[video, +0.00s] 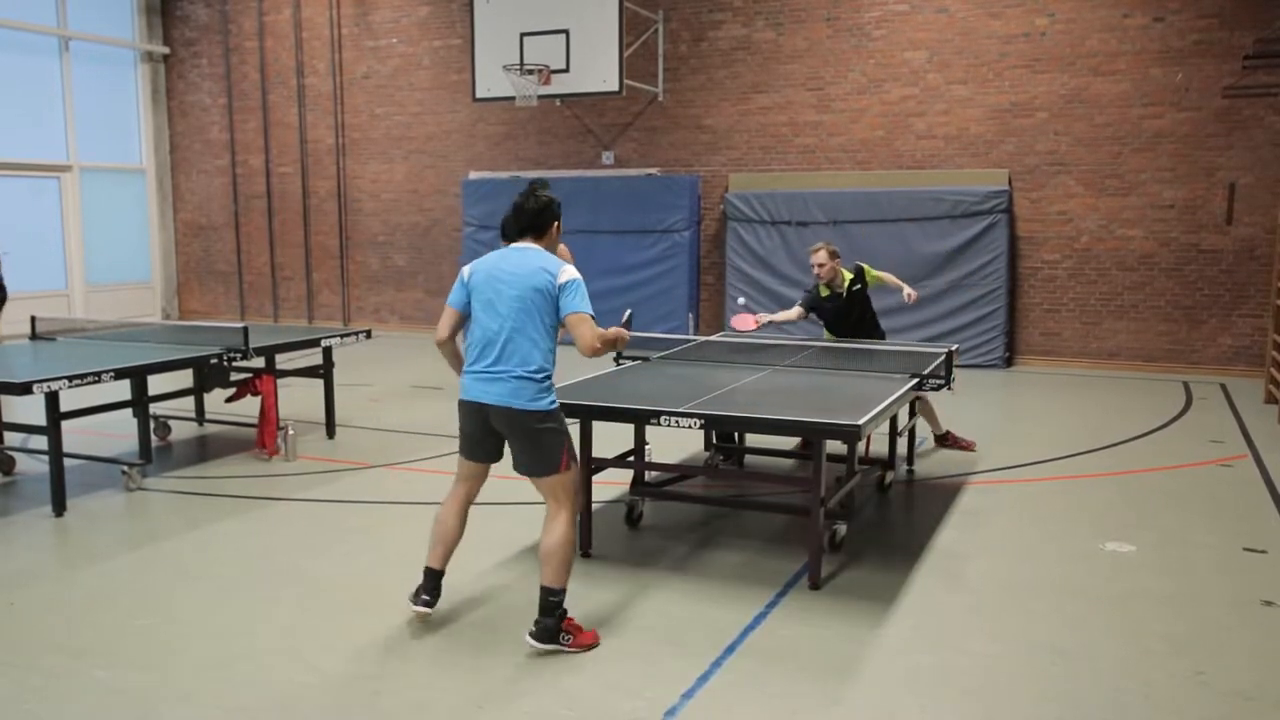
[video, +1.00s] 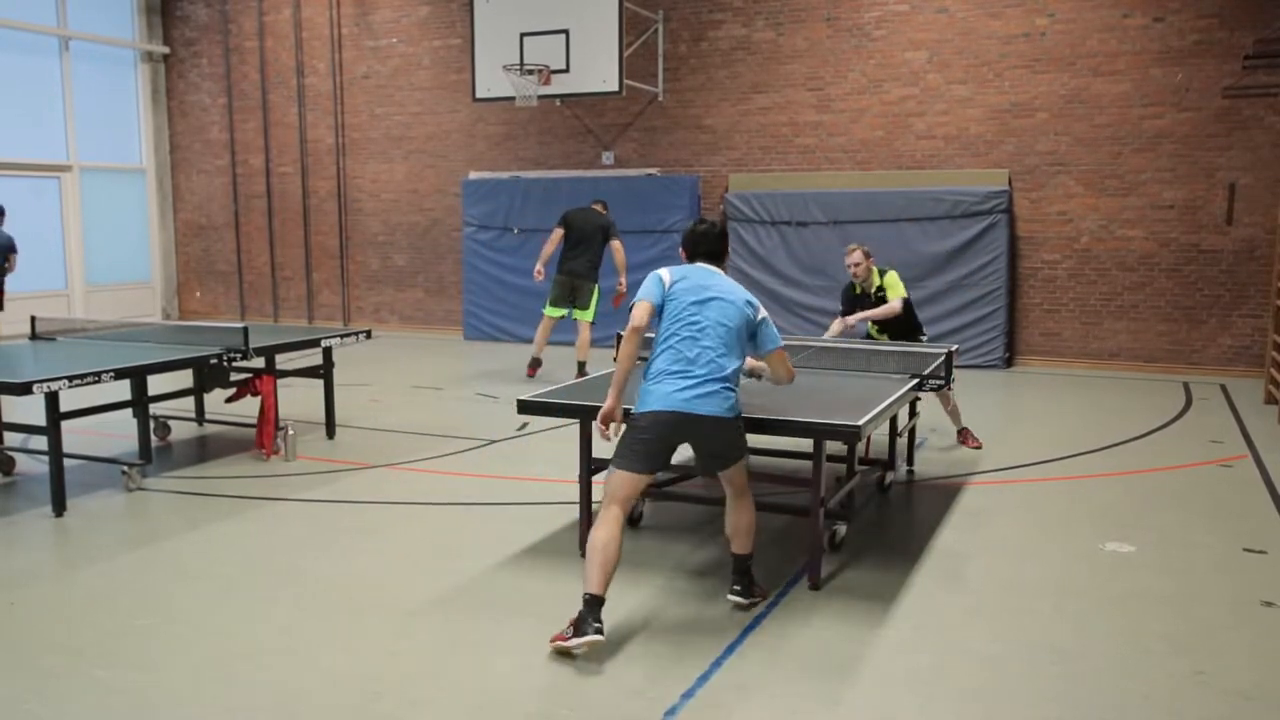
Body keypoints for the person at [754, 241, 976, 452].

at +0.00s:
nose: (816, 272)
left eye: (820, 266)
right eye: (813, 267)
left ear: (836, 263)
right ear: (813, 270)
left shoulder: (857, 273)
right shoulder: (816, 294)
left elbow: (882, 278)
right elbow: (796, 313)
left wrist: (904, 287)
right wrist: (769, 317)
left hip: (877, 349)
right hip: (840, 354)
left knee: (915, 390)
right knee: (821, 392)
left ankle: (941, 435)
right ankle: (809, 439)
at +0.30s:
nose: (837, 259)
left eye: (842, 253)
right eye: (833, 255)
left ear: (854, 253)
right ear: (828, 257)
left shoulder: (872, 271)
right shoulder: (822, 289)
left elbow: (897, 284)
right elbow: (810, 319)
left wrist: (906, 302)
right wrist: (799, 328)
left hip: (881, 349)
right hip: (844, 352)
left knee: (918, 385)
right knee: (818, 388)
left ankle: (936, 432)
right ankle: (810, 438)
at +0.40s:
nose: (853, 254)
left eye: (859, 248)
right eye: (849, 249)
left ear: (871, 249)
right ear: (845, 252)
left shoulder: (890, 269)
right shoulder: (839, 281)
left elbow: (919, 289)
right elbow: (829, 314)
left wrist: (916, 305)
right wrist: (817, 324)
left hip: (894, 350)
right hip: (856, 352)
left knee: (927, 386)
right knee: (826, 388)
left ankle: (937, 433)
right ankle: (810, 439)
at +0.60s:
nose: (868, 237)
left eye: (873, 231)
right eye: (864, 232)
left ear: (886, 231)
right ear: (860, 234)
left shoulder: (908, 250)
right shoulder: (858, 262)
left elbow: (935, 276)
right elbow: (851, 292)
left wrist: (919, 298)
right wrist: (841, 308)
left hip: (909, 325)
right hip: (873, 324)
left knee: (931, 375)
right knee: (848, 366)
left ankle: (940, 429)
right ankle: (858, 428)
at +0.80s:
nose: (870, 256)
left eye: (875, 250)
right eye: (866, 251)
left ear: (887, 249)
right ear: (862, 253)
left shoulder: (906, 265)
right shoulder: (859, 276)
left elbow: (936, 288)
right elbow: (843, 307)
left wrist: (911, 307)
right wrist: (846, 327)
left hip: (912, 337)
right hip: (875, 335)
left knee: (940, 379)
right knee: (853, 377)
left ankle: (961, 429)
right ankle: (861, 432)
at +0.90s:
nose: (868, 271)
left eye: (872, 265)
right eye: (863, 266)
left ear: (884, 263)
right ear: (859, 267)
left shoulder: (902, 276)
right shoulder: (858, 290)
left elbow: (928, 300)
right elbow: (841, 320)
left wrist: (899, 314)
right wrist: (843, 343)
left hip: (914, 341)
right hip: (878, 343)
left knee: (942, 383)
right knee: (863, 386)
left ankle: (961, 430)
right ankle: (862, 440)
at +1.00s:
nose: (852, 271)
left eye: (856, 265)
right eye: (848, 267)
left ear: (870, 263)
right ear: (846, 268)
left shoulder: (889, 277)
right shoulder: (850, 291)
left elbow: (896, 307)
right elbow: (844, 321)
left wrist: (858, 317)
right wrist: (822, 342)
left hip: (912, 341)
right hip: (878, 344)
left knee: (941, 385)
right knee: (859, 384)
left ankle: (961, 430)